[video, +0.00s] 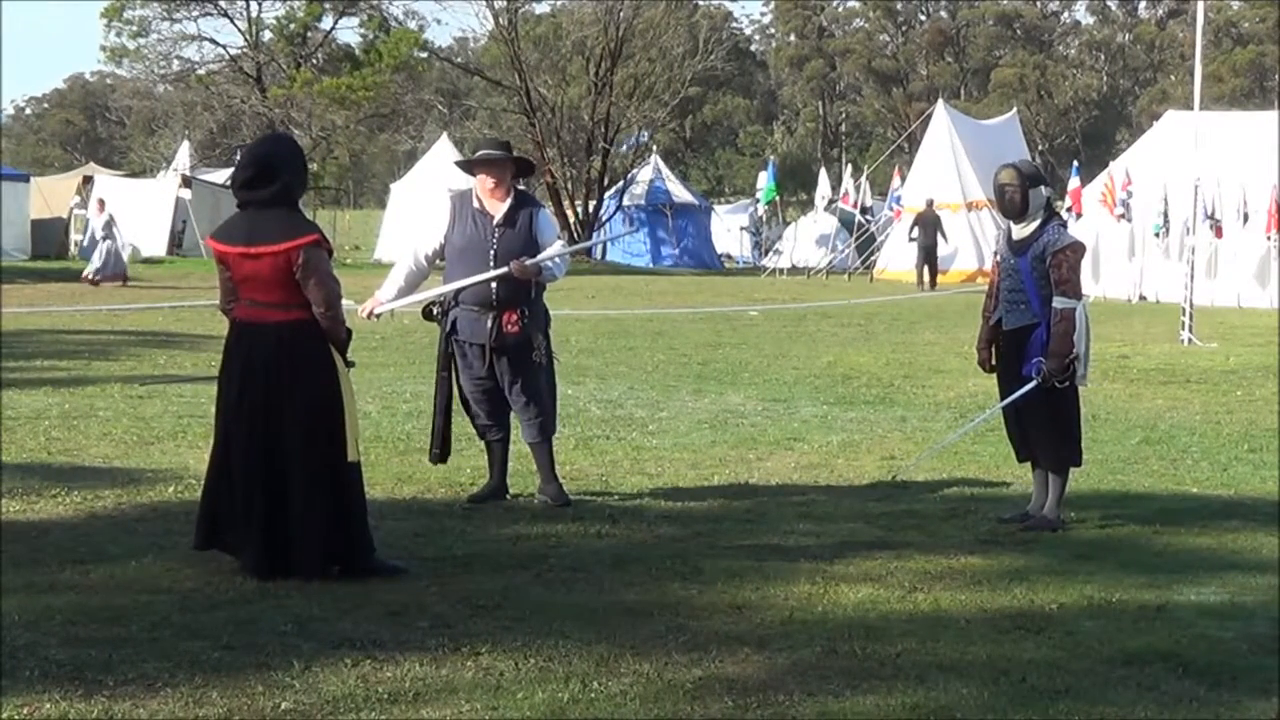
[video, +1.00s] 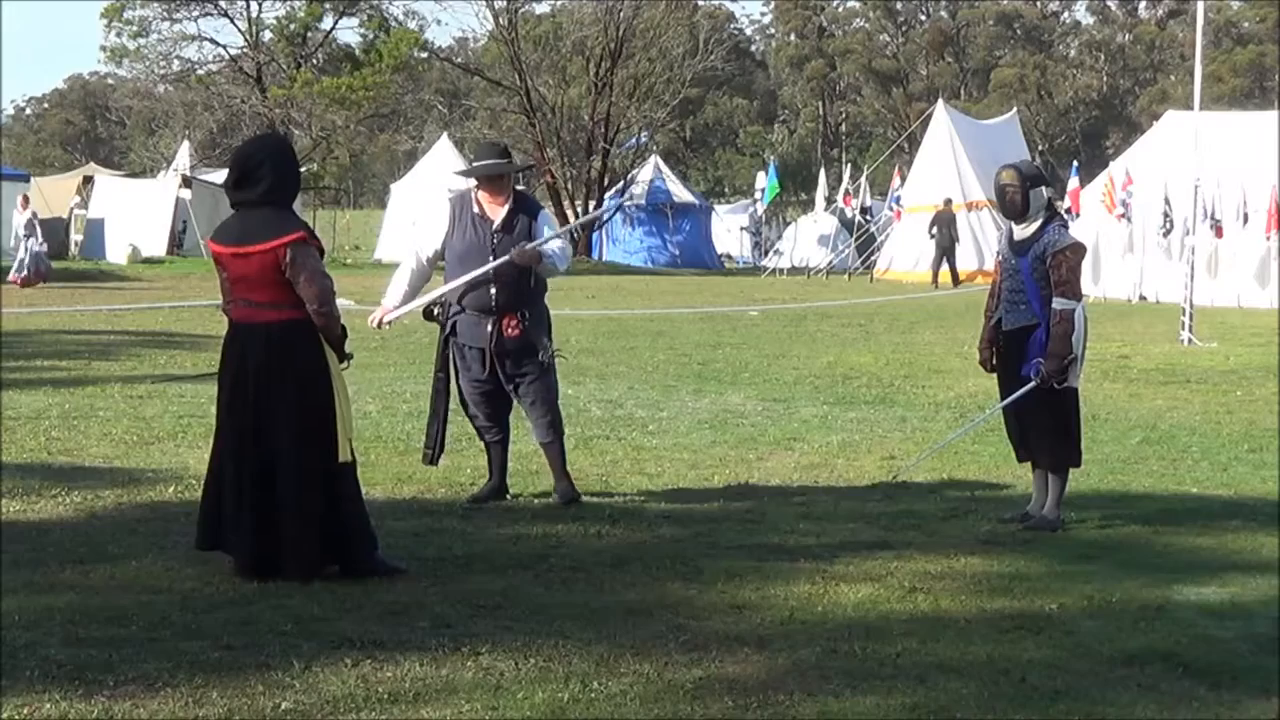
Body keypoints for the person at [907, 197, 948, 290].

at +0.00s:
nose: (931, 206)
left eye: (929, 204)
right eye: (931, 204)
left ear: (925, 204)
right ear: (933, 204)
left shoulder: (920, 215)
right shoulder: (936, 216)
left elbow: (912, 226)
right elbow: (940, 228)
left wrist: (909, 236)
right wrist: (945, 238)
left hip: (922, 243)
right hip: (932, 244)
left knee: (920, 263)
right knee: (933, 264)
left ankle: (920, 284)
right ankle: (933, 283)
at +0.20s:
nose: (933, 205)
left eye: (932, 204)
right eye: (934, 204)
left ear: (928, 203)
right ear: (936, 204)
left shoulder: (923, 214)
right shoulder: (939, 216)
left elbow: (917, 225)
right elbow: (943, 229)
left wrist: (914, 235)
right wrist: (948, 240)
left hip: (925, 243)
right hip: (935, 243)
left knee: (923, 261)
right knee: (936, 263)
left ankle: (922, 277)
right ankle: (934, 282)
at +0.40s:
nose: (936, 204)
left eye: (934, 202)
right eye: (937, 202)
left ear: (931, 202)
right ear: (938, 202)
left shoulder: (925, 213)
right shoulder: (941, 213)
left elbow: (920, 225)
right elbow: (949, 228)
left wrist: (918, 234)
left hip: (927, 241)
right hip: (937, 241)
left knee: (928, 261)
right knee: (935, 262)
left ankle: (929, 280)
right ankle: (933, 283)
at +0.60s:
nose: (940, 207)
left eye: (938, 205)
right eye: (940, 205)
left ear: (933, 205)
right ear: (940, 205)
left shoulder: (928, 216)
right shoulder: (943, 217)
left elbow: (923, 227)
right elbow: (951, 230)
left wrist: (920, 236)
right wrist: (944, 225)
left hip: (930, 243)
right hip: (939, 243)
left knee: (931, 262)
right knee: (939, 262)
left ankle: (932, 281)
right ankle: (934, 282)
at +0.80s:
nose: (946, 205)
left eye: (944, 203)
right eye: (945, 203)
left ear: (937, 203)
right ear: (944, 203)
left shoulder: (931, 213)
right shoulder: (947, 215)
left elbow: (926, 224)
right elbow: (950, 228)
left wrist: (923, 233)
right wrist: (955, 237)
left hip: (934, 242)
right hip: (944, 242)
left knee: (934, 261)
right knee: (947, 259)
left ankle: (933, 280)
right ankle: (941, 278)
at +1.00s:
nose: (951, 206)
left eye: (950, 204)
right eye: (951, 204)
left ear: (943, 204)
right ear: (950, 204)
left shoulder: (938, 213)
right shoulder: (952, 215)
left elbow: (931, 225)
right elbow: (953, 228)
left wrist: (931, 234)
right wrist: (956, 238)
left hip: (940, 241)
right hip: (950, 241)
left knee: (937, 261)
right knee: (952, 262)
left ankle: (934, 281)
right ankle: (955, 280)